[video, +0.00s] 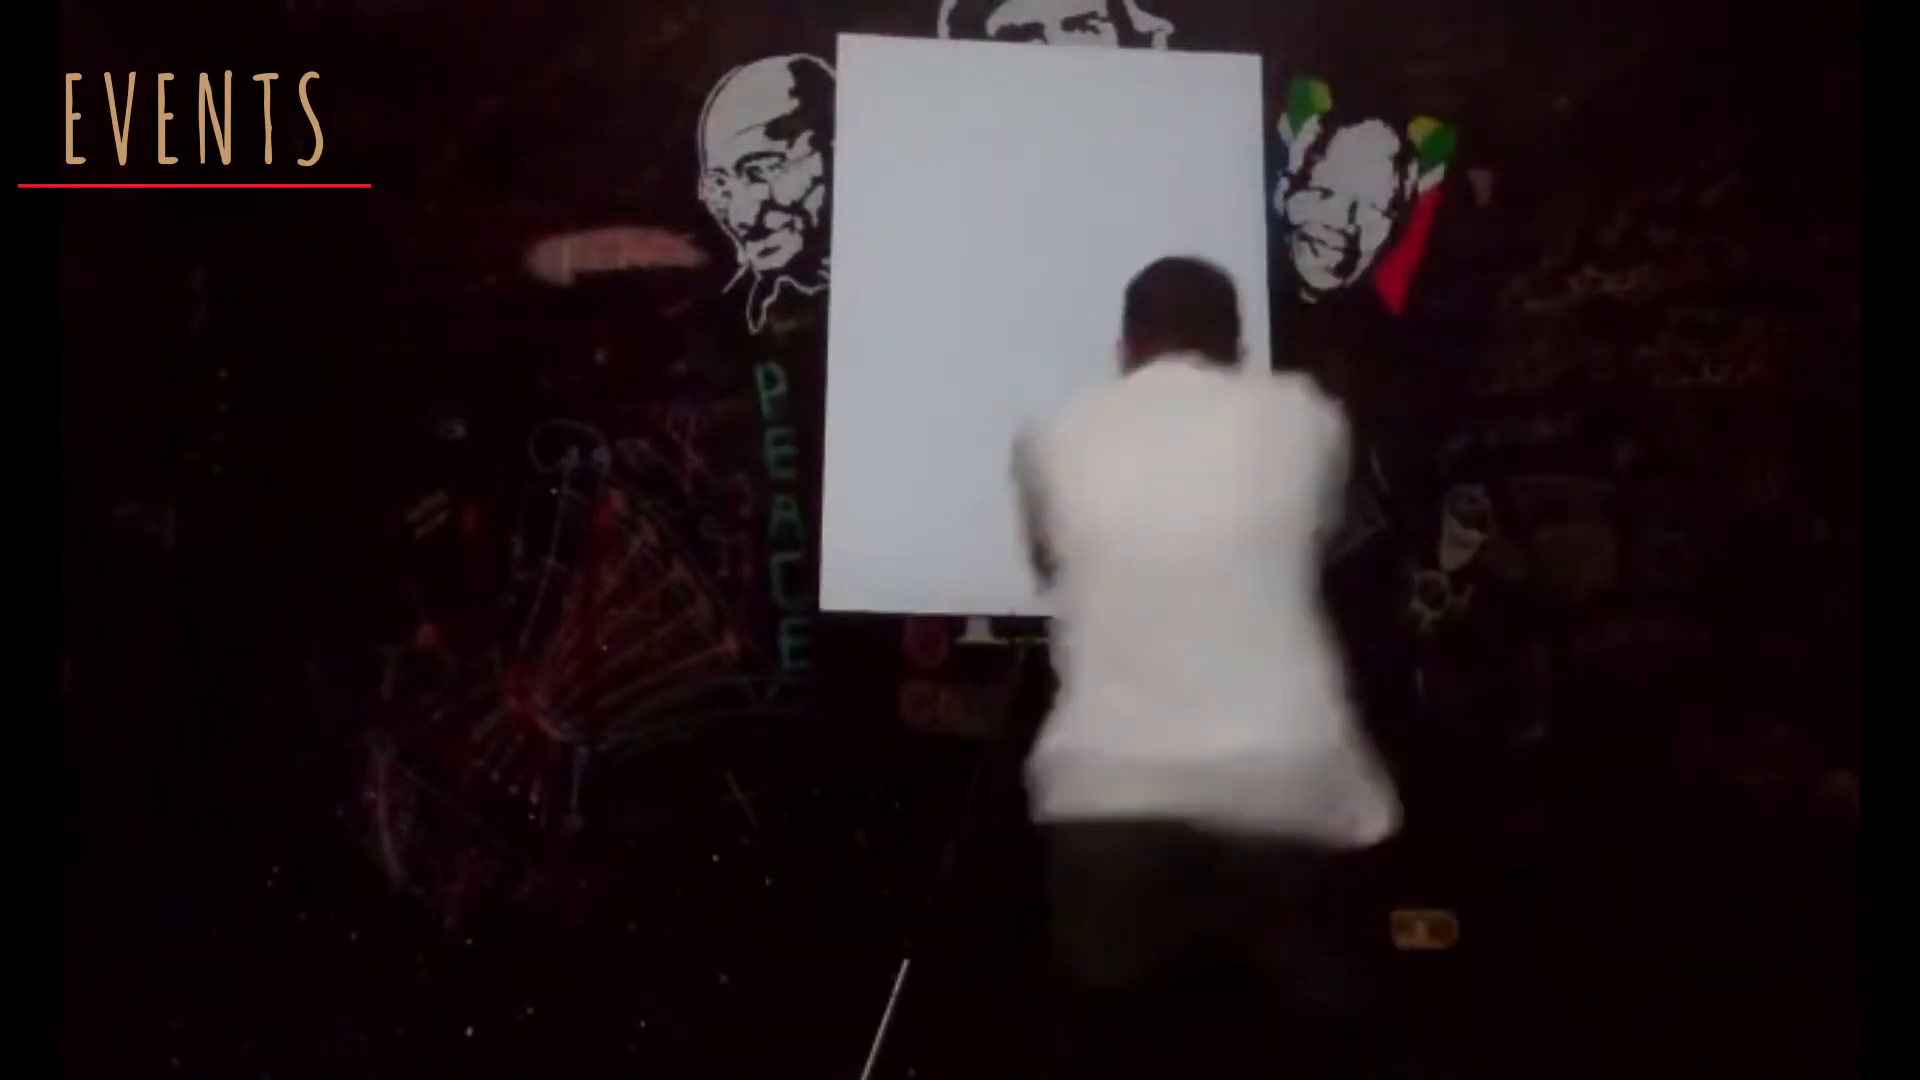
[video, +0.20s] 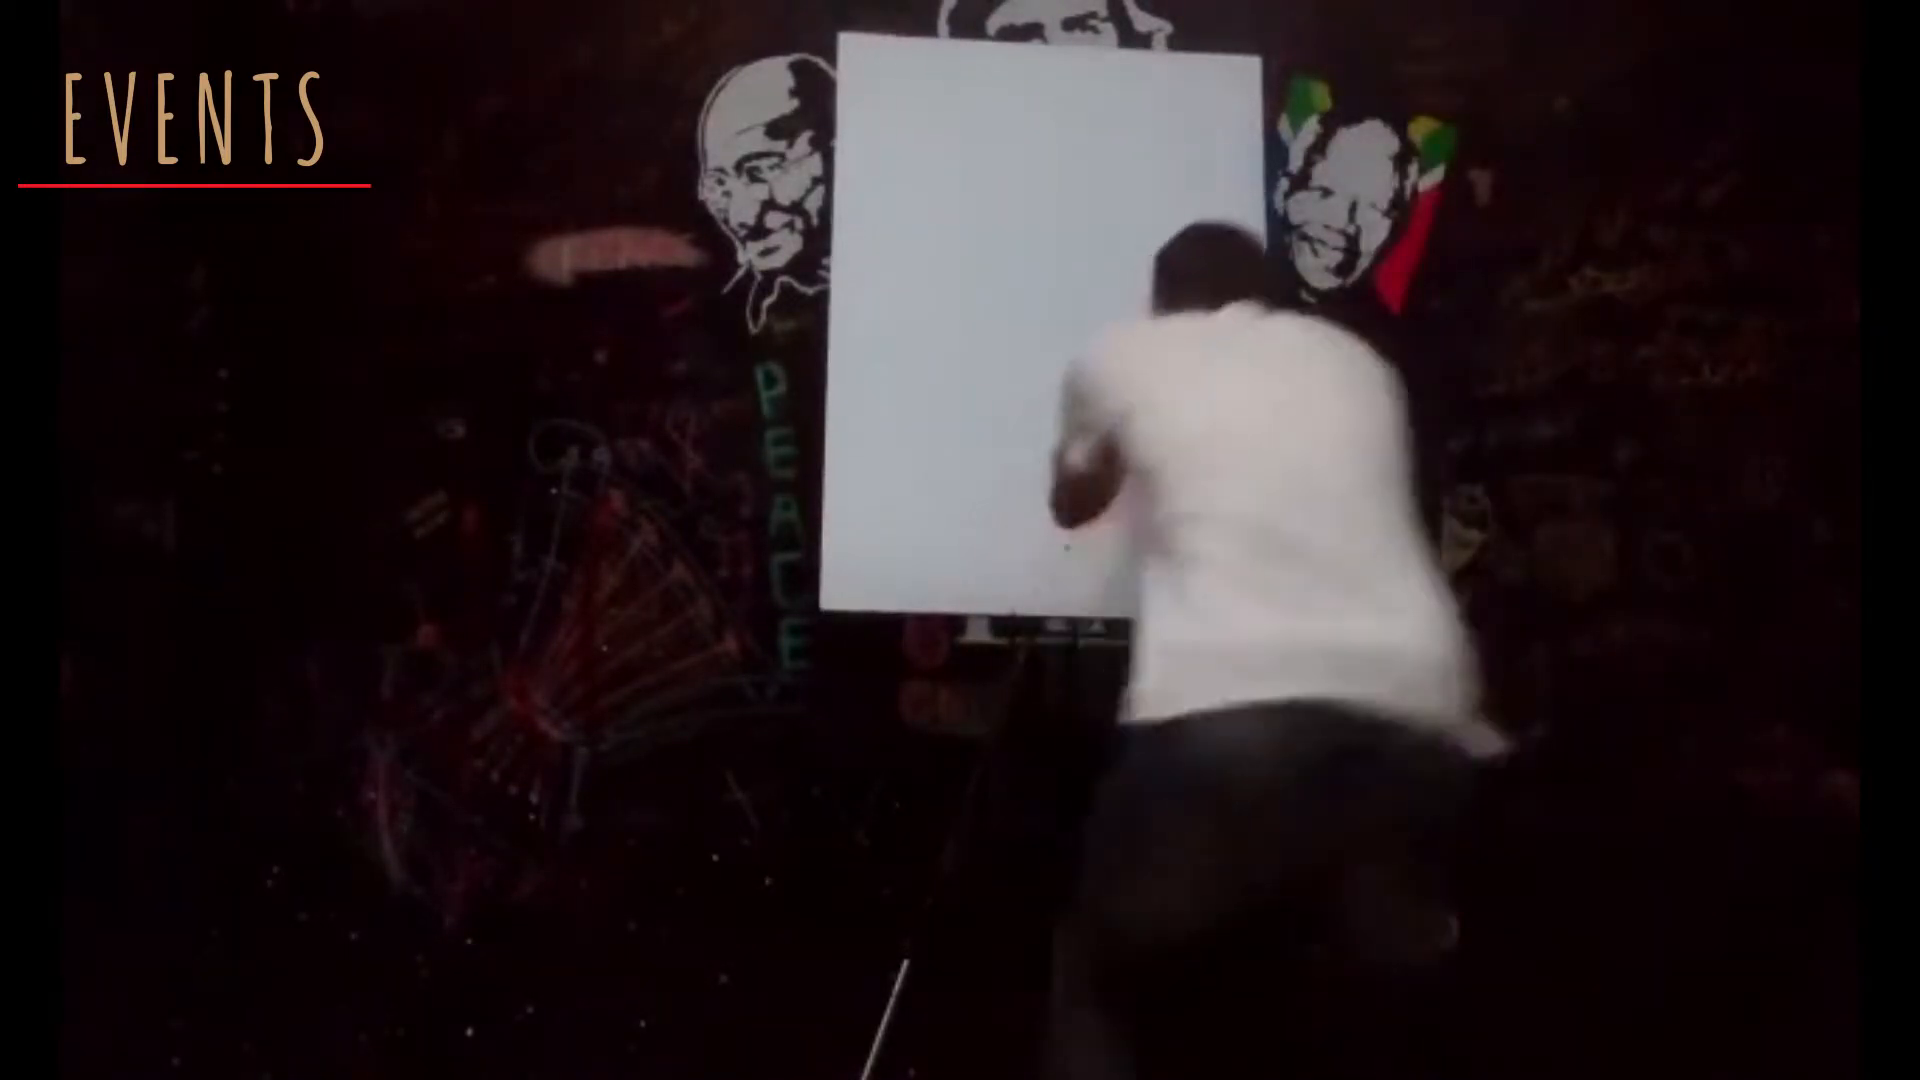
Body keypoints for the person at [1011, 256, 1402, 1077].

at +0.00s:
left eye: (1127, 338)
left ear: (1127, 343)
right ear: (1237, 342)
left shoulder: (1059, 436)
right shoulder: (1310, 420)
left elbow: (1050, 563)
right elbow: (1330, 544)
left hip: (1107, 815)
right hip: (1296, 816)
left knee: (1110, 1055)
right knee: (1312, 1053)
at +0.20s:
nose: (1154, 307)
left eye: (1158, 295)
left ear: (1163, 294)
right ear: (1274, 290)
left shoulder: (1130, 353)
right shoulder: (1363, 365)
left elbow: (1073, 503)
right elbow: (1396, 515)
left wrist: (1144, 416)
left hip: (1219, 710)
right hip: (1410, 710)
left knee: (1114, 973)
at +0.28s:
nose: (1180, 298)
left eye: (1180, 285)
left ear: (1184, 282)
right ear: (1293, 279)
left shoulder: (1149, 341)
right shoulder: (1395, 358)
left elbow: (1104, 534)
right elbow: (1408, 505)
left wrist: (1172, 482)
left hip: (1271, 704)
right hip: (1467, 700)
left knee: (1214, 1002)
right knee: (1442, 1004)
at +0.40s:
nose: (1184, 294)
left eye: (1185, 283)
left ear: (1193, 278)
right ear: (1304, 277)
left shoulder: (1167, 333)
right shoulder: (1407, 359)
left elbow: (1106, 550)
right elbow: (1424, 520)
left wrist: (1120, 583)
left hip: (1291, 696)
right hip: (1480, 705)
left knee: (1282, 1014)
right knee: (1445, 1007)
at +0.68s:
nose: (1157, 313)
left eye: (1162, 299)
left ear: (1173, 286)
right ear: (1278, 279)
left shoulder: (1200, 313)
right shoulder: (1364, 367)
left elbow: (1127, 487)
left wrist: (1017, 645)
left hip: (1341, 742)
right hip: (1504, 745)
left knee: (1195, 1015)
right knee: (1396, 1029)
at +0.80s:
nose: (1149, 331)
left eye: (1149, 314)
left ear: (1155, 297)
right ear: (1260, 291)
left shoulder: (1194, 315)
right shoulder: (1351, 382)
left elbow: (1225, 416)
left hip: (1338, 745)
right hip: (1493, 753)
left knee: (1162, 983)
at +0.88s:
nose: (1110, 353)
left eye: (1114, 333)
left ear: (1127, 320)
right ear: (1227, 290)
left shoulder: (1163, 343)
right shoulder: (1317, 401)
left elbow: (1285, 312)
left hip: (1310, 780)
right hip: (1461, 780)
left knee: (1128, 1016)